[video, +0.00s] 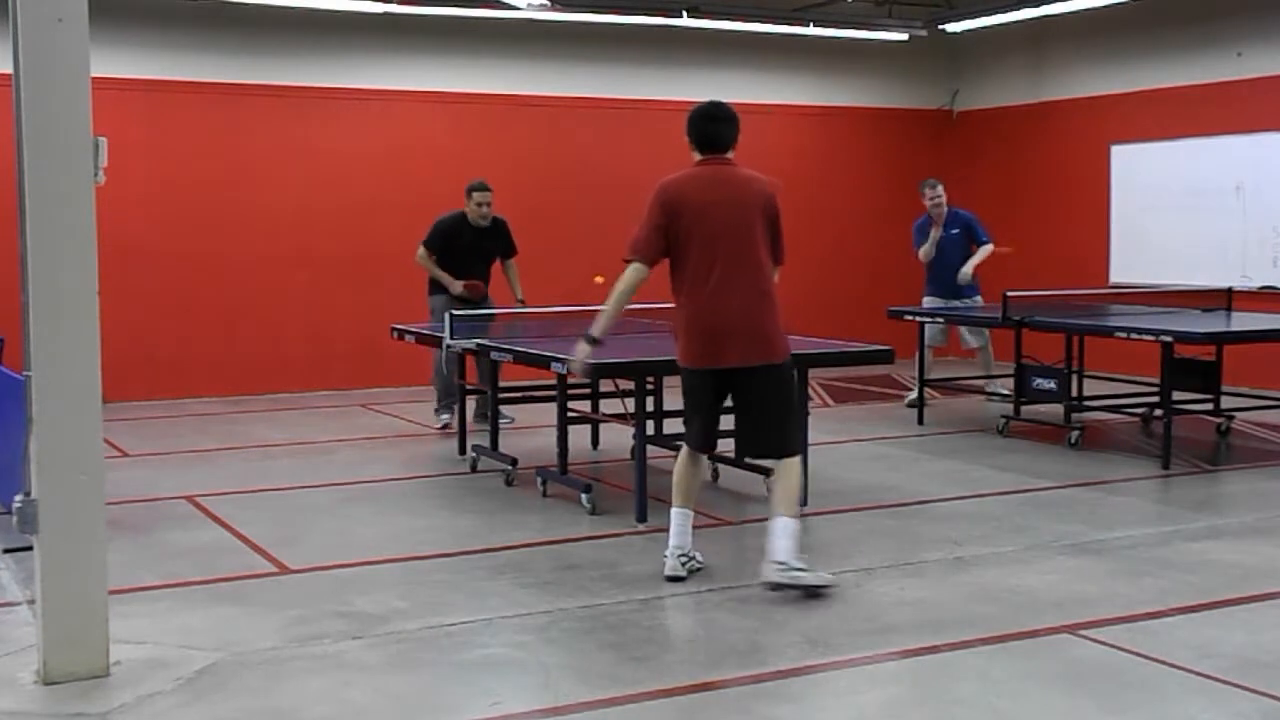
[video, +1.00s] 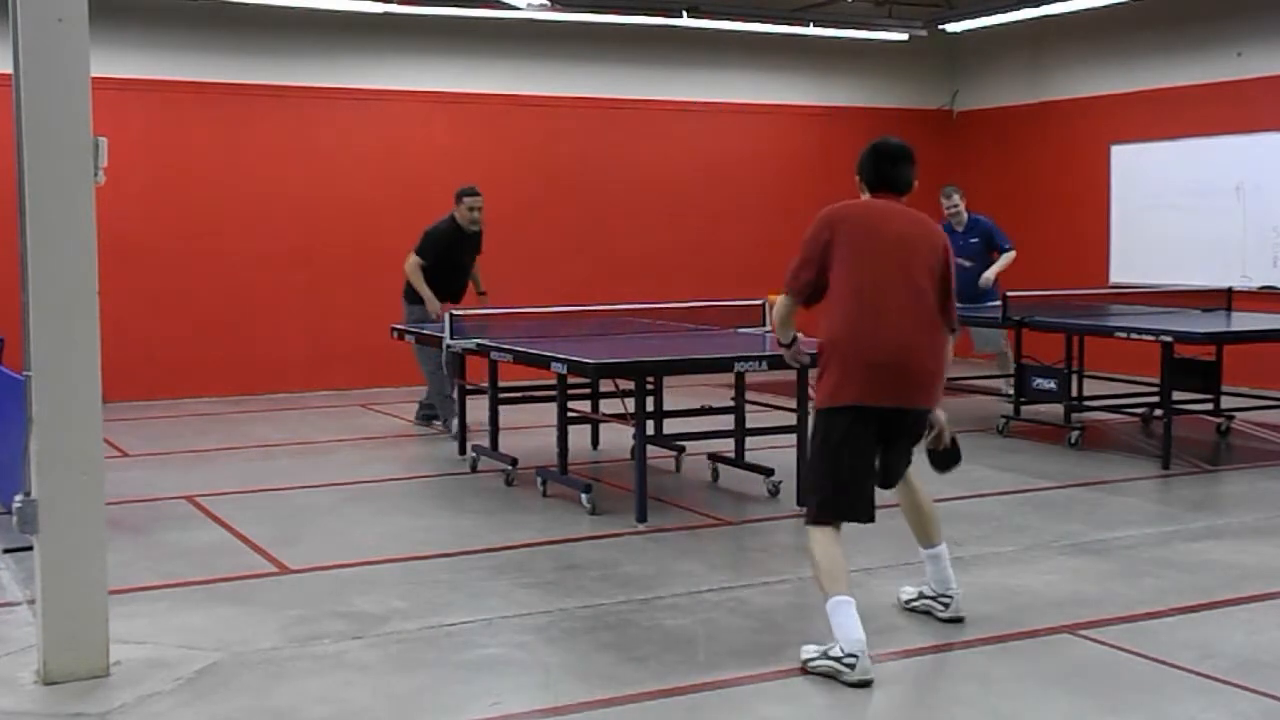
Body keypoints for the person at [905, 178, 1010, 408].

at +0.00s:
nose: (936, 202)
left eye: (939, 197)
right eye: (931, 199)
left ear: (945, 196)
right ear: (924, 202)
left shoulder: (964, 219)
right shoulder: (921, 226)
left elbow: (987, 245)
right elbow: (923, 257)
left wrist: (970, 265)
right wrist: (933, 238)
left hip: (967, 293)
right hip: (936, 294)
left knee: (982, 341)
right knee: (926, 343)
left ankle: (991, 383)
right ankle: (920, 388)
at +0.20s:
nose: (952, 196)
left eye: (954, 192)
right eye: (946, 192)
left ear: (957, 193)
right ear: (934, 195)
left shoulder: (967, 218)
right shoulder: (925, 225)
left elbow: (983, 245)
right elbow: (925, 255)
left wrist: (978, 262)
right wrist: (948, 239)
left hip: (966, 292)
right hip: (936, 294)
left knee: (982, 338)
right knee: (927, 344)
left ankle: (990, 383)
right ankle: (920, 389)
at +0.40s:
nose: (969, 198)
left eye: (971, 194)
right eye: (964, 194)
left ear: (974, 196)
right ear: (952, 196)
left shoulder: (977, 222)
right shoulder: (939, 226)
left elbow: (986, 249)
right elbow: (932, 257)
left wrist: (992, 268)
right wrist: (956, 258)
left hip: (973, 294)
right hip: (943, 297)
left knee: (987, 340)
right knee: (930, 346)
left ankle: (992, 384)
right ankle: (920, 389)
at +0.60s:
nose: (975, 197)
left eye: (977, 193)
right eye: (970, 193)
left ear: (980, 195)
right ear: (957, 196)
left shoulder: (986, 223)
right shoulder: (944, 224)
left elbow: (996, 250)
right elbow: (932, 252)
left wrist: (1001, 267)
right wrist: (948, 259)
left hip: (980, 295)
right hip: (949, 297)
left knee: (994, 342)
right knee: (935, 346)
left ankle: (993, 385)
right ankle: (918, 389)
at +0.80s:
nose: (965, 202)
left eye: (968, 198)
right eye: (960, 199)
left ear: (972, 198)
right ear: (949, 202)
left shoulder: (985, 224)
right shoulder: (941, 228)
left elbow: (1005, 251)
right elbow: (931, 256)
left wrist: (998, 269)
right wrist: (938, 280)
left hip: (981, 299)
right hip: (949, 299)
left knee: (995, 343)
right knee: (935, 344)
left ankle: (994, 385)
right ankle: (931, 384)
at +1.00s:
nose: (952, 211)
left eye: (955, 206)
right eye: (947, 208)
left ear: (964, 203)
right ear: (942, 209)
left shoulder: (982, 226)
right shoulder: (942, 232)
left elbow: (1009, 251)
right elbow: (935, 261)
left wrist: (993, 271)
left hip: (984, 301)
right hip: (954, 301)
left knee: (999, 346)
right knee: (943, 345)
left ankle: (1010, 385)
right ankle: (936, 388)